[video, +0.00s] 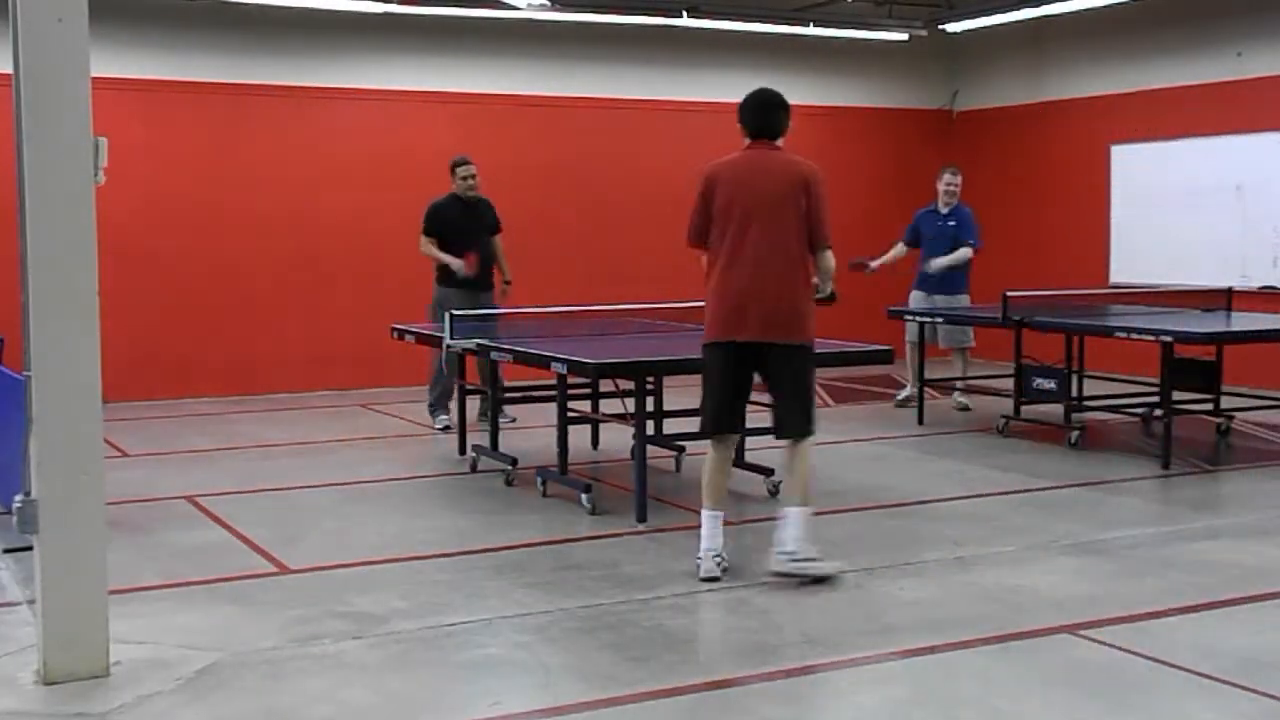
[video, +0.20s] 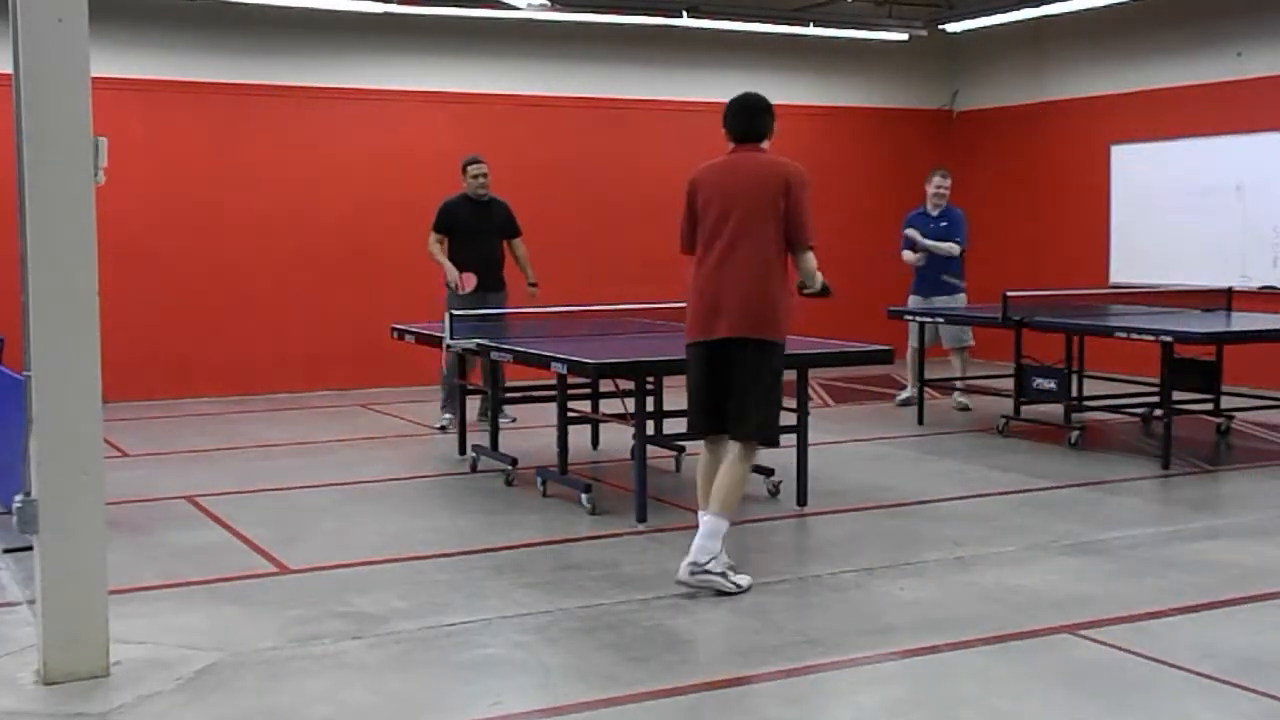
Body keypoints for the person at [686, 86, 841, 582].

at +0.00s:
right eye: (785, 121)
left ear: (742, 126)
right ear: (786, 126)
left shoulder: (718, 174)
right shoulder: (804, 175)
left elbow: (700, 242)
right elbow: (823, 256)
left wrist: (732, 267)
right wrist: (826, 285)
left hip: (726, 325)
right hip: (787, 325)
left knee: (721, 440)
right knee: (797, 438)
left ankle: (710, 552)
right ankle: (790, 547)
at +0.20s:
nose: (772, 133)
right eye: (772, 127)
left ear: (726, 131)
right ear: (771, 131)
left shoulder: (702, 177)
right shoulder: (787, 175)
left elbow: (689, 245)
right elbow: (801, 250)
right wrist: (812, 279)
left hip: (704, 323)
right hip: (760, 324)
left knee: (712, 442)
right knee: (742, 446)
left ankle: (710, 554)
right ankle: (701, 556)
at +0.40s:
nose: (773, 143)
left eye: (767, 136)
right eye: (773, 136)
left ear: (725, 137)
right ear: (768, 139)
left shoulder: (697, 180)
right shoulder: (774, 179)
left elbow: (693, 249)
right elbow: (788, 254)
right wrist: (811, 287)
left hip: (689, 323)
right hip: (740, 326)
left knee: (705, 443)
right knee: (736, 451)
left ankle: (708, 553)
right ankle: (697, 566)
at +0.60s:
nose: (770, 144)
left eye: (766, 136)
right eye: (770, 137)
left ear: (721, 137)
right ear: (763, 139)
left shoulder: (696, 179)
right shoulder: (763, 182)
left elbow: (695, 249)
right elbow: (777, 262)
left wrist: (745, 290)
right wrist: (823, 309)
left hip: (678, 325)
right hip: (727, 329)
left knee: (704, 445)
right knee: (736, 455)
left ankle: (708, 554)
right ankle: (698, 567)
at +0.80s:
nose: (764, 140)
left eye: (763, 132)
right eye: (764, 133)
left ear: (712, 134)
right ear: (755, 135)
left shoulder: (688, 176)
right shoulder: (749, 178)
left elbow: (705, 236)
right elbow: (763, 256)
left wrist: (768, 221)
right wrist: (830, 307)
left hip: (674, 324)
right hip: (719, 328)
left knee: (698, 438)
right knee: (736, 454)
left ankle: (694, 552)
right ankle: (697, 568)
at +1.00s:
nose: (752, 142)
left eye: (751, 133)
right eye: (752, 134)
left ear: (704, 133)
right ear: (742, 135)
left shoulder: (676, 177)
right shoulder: (741, 178)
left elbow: (688, 246)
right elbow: (764, 259)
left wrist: (759, 244)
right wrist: (833, 279)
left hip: (671, 329)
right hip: (718, 333)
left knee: (692, 441)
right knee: (736, 455)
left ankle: (676, 550)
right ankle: (697, 568)